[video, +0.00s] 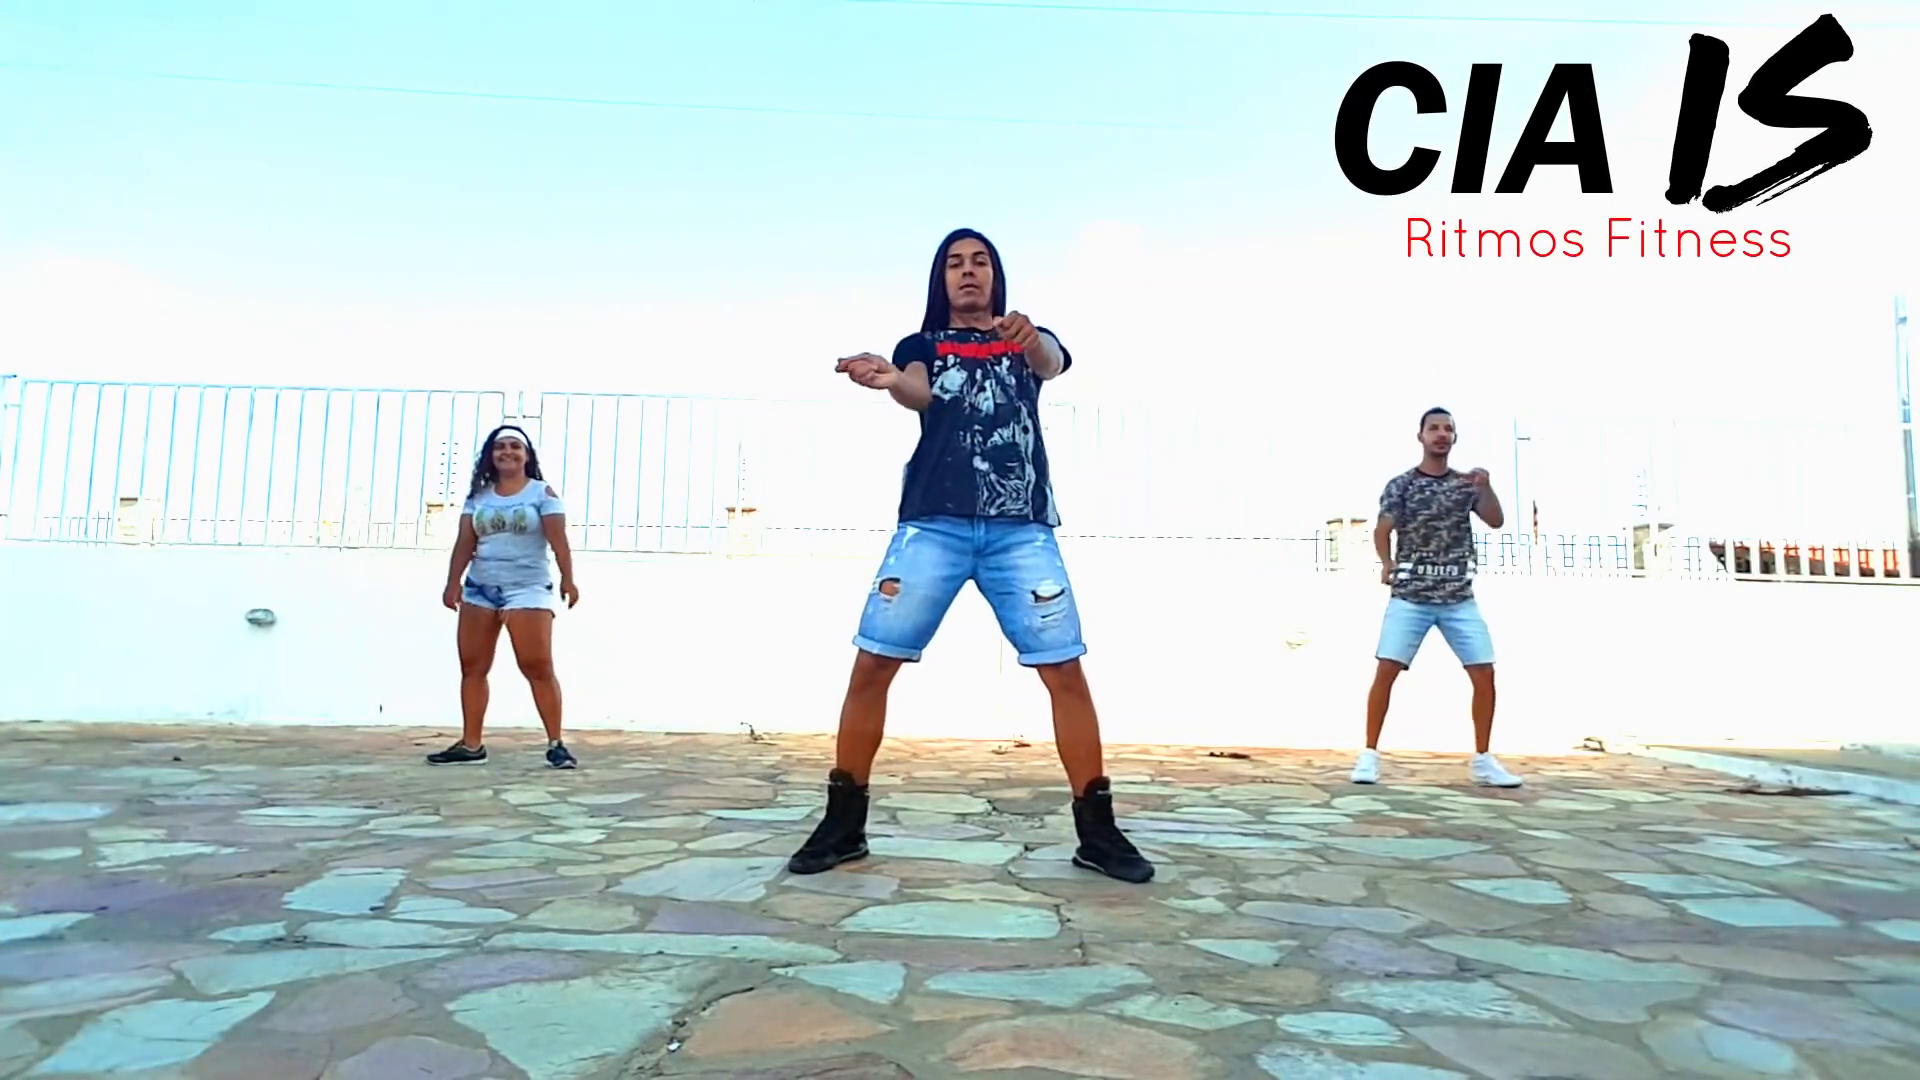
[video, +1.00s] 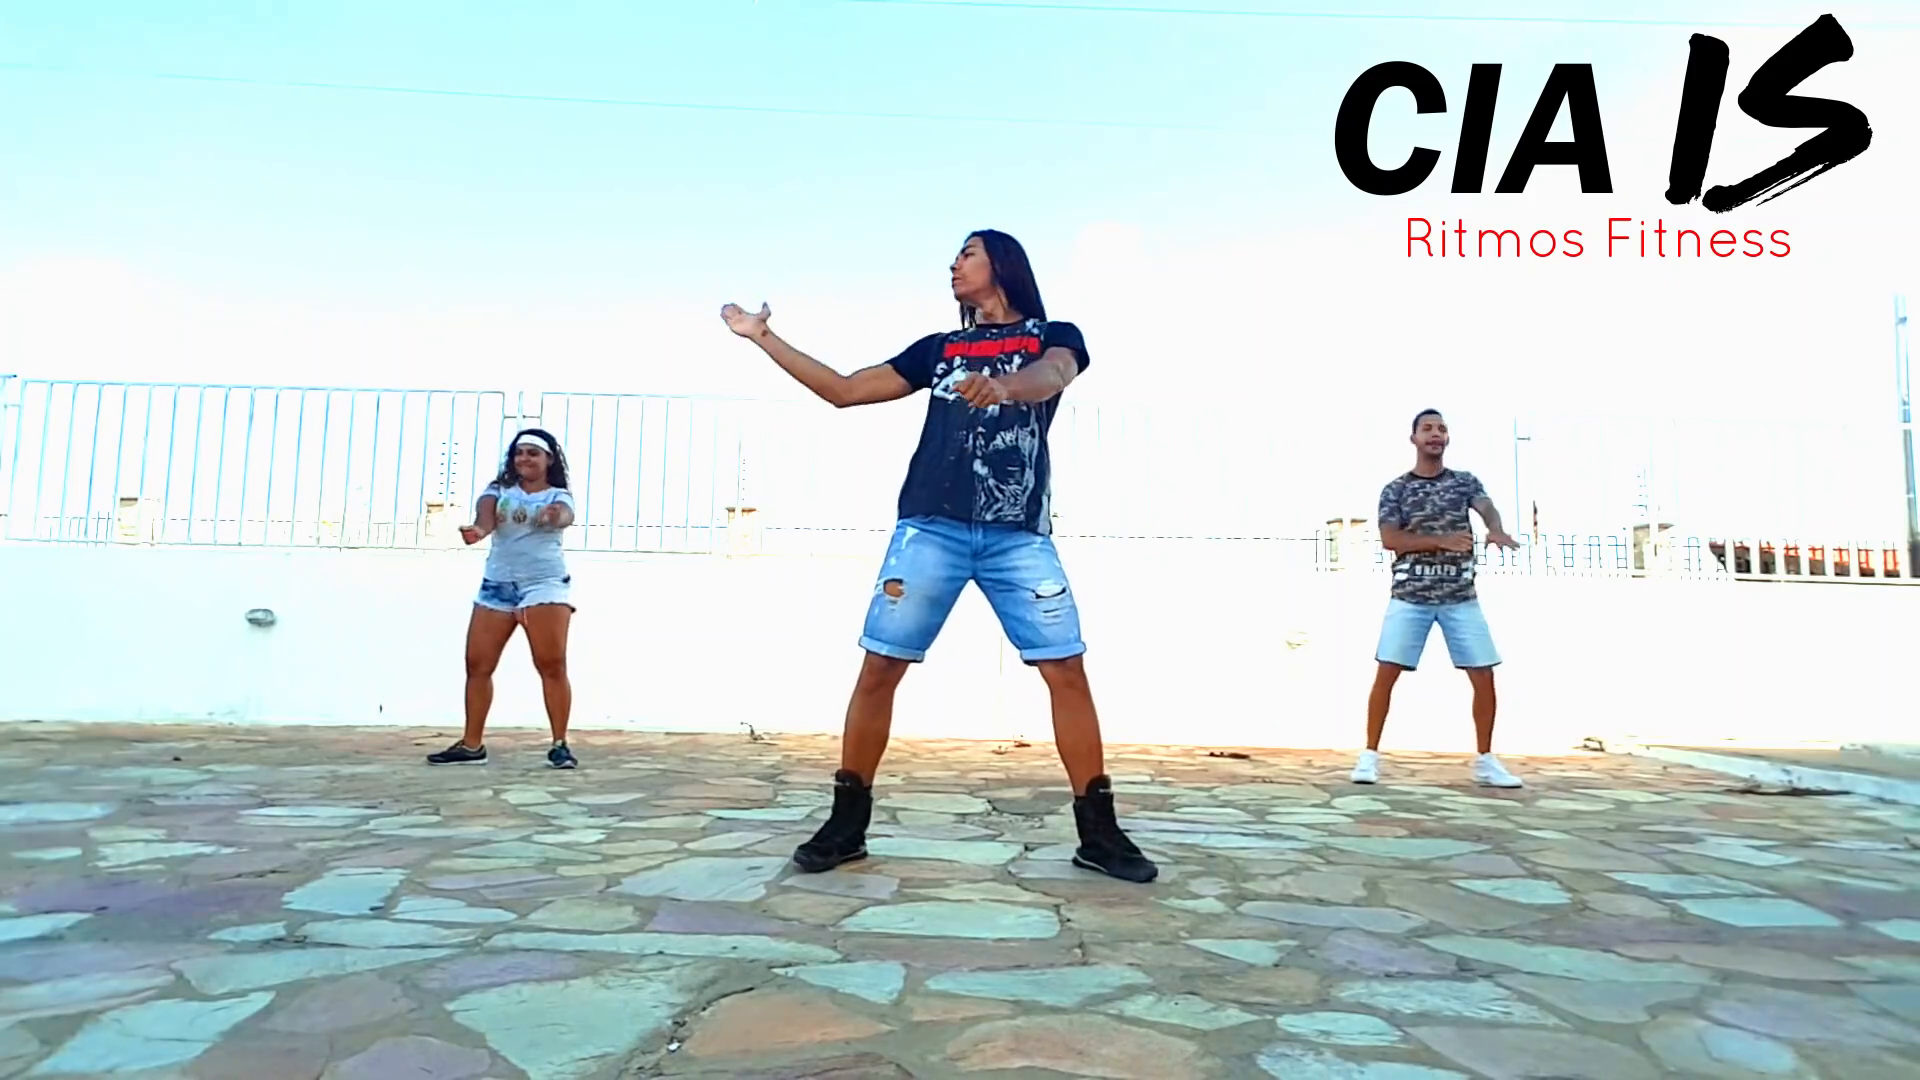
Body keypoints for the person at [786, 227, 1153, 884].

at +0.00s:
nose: (969, 270)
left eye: (980, 261)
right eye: (956, 262)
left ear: (998, 275)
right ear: (939, 279)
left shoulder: (1026, 337)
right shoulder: (921, 345)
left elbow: (1052, 366)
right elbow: (919, 393)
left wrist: (1030, 340)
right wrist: (890, 376)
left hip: (1021, 528)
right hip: (934, 526)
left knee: (1065, 668)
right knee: (873, 664)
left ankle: (1098, 831)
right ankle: (842, 823)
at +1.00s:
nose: (954, 266)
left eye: (967, 255)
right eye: (956, 257)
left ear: (1001, 267)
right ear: (975, 274)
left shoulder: (1055, 335)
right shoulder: (942, 347)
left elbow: (1054, 374)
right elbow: (845, 388)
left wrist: (1005, 386)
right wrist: (765, 336)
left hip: (1018, 534)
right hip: (929, 529)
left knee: (1066, 668)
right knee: (878, 668)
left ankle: (1099, 832)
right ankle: (845, 822)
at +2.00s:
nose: (978, 263)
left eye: (987, 255)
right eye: (963, 260)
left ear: (1008, 277)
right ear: (949, 289)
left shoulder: (1049, 350)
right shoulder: (930, 361)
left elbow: (1063, 414)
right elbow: (878, 445)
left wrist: (1037, 463)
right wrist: (843, 504)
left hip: (1027, 553)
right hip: (935, 550)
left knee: (1088, 680)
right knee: (858, 674)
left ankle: (1122, 825)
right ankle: (837, 821)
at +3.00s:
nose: (787, 280)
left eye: (796, 269)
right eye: (773, 273)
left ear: (814, 283)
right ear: (757, 291)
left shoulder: (839, 355)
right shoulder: (732, 363)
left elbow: (870, 393)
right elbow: (721, 414)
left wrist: (842, 359)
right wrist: (772, 387)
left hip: (828, 557)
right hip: (737, 552)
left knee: (887, 678)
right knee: (660, 672)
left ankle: (924, 812)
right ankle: (642, 813)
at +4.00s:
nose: (773, 244)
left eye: (783, 236)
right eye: (760, 238)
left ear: (801, 256)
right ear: (742, 259)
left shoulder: (838, 321)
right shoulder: (713, 327)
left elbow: (864, 373)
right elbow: (613, 343)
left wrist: (807, 376)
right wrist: (648, 265)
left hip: (808, 525)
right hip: (718, 522)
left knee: (868, 653)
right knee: (659, 655)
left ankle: (912, 802)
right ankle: (615, 806)